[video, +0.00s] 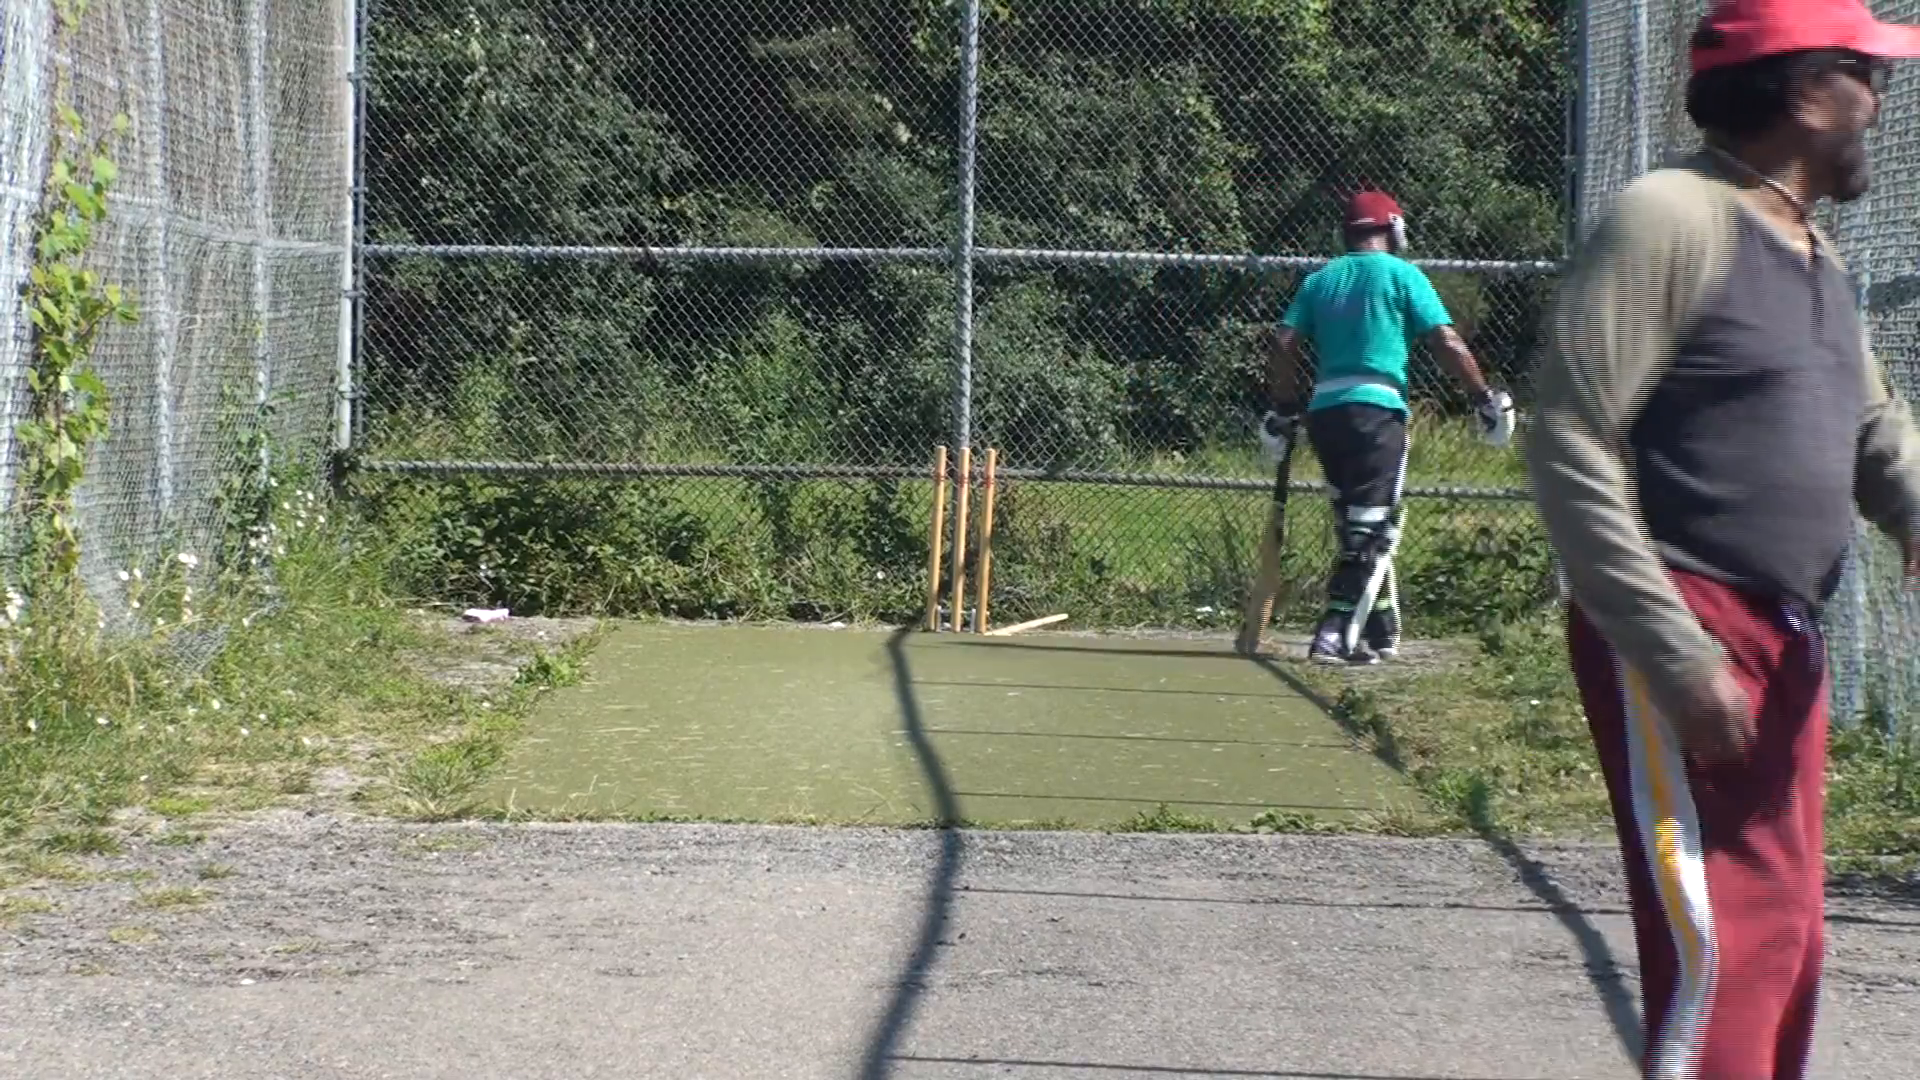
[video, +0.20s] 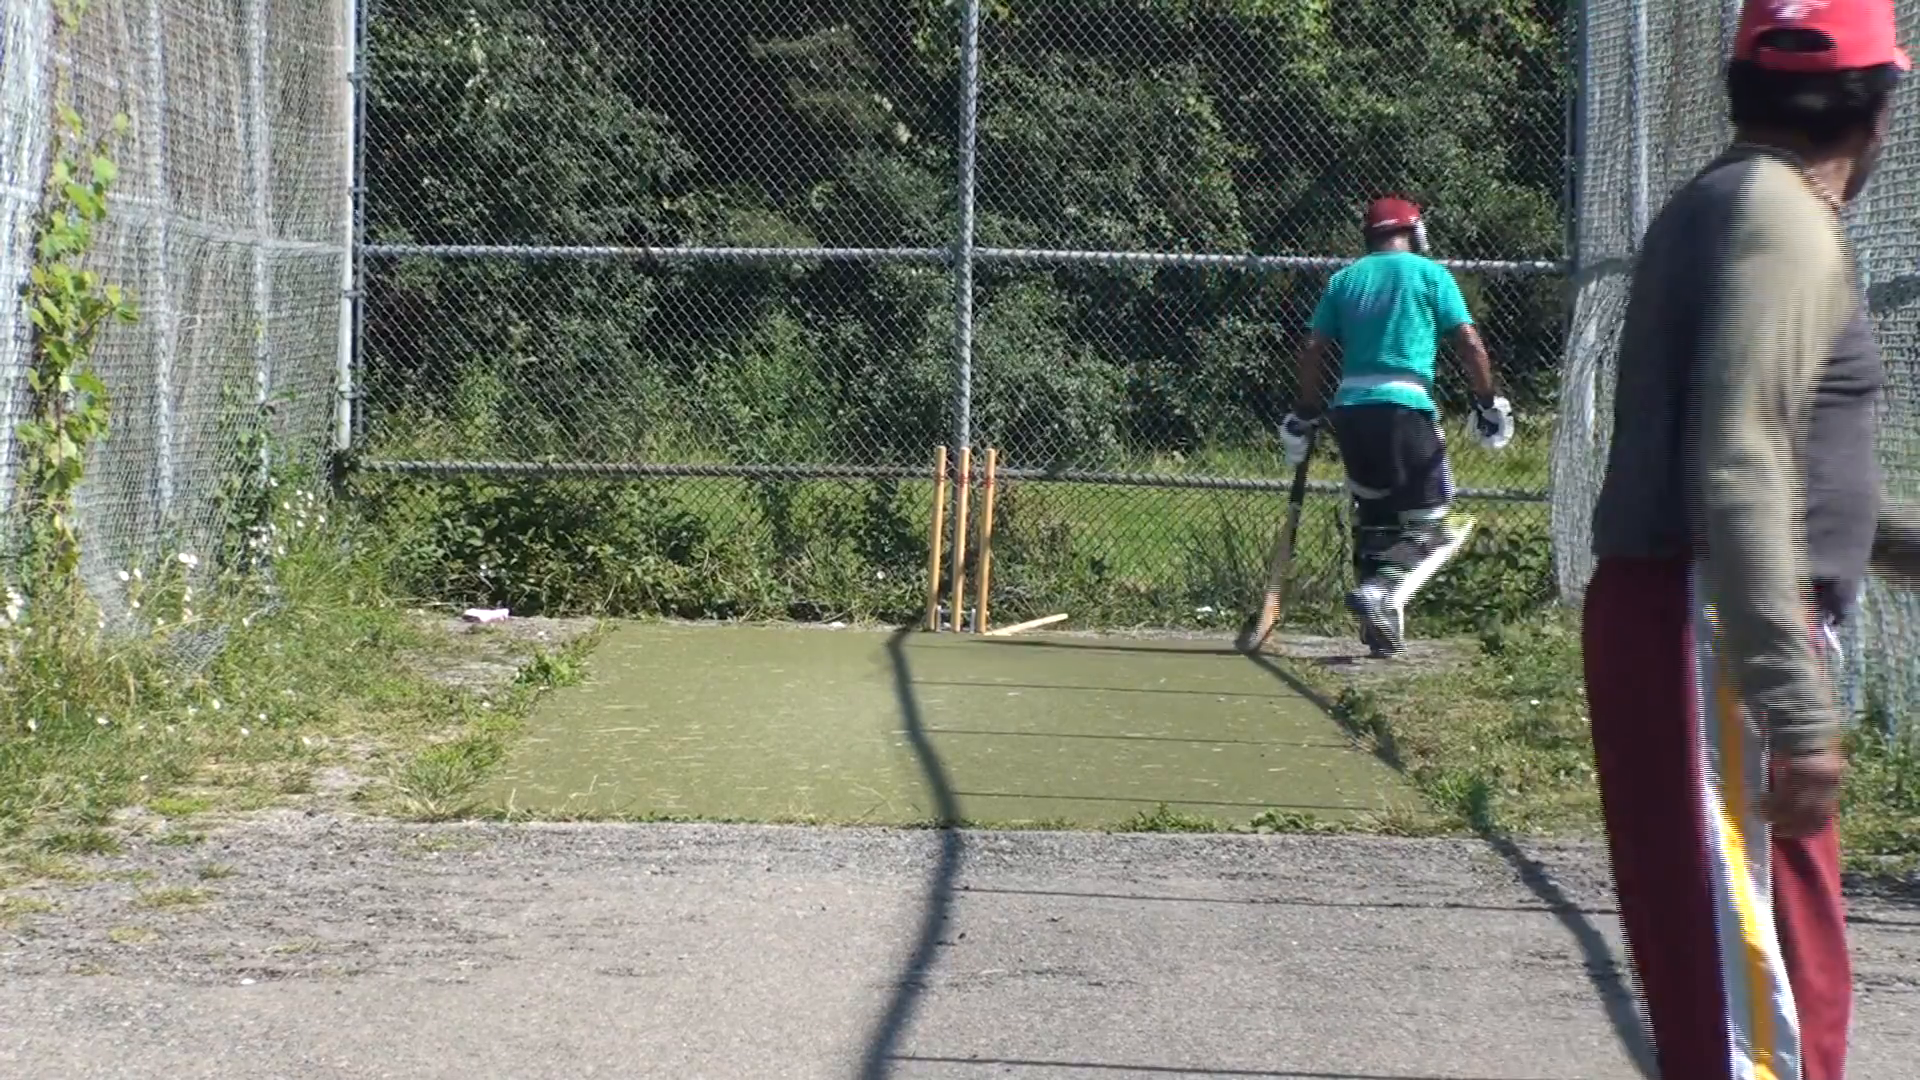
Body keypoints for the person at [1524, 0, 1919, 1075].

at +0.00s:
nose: (1878, 106)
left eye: (1874, 81)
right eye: (1861, 79)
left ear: (1797, 99)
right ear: (1796, 92)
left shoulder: (1816, 253)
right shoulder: (1663, 214)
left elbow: (1872, 431)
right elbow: (1565, 436)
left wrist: (1910, 516)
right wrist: (1674, 657)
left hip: (1783, 631)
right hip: (1679, 617)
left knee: (1790, 943)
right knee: (1724, 951)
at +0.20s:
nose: (1890, 119)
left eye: (1887, 98)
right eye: (1889, 98)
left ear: (1756, 98)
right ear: (1867, 106)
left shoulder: (1726, 202)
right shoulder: (1773, 212)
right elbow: (1736, 470)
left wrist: (1864, 524)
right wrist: (1800, 717)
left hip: (1679, 609)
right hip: (1714, 623)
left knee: (1740, 985)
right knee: (1772, 997)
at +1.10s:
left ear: (1752, 82)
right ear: (1894, 97)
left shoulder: (1659, 219)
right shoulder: (1911, 216)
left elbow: (1571, 483)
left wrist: (1614, 664)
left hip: (1703, 638)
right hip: (1891, 650)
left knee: (1641, 992)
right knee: (1887, 995)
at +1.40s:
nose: (1789, 79)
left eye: (1791, 64)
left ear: (1800, 75)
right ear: (1917, 80)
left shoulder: (1723, 200)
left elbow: (1644, 463)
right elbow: (1647, 463)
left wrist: (1686, 635)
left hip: (1762, 626)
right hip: (1911, 632)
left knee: (1697, 980)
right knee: (1913, 986)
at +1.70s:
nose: (1695, 108)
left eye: (1699, 86)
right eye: (1698, 88)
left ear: (1727, 75)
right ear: (1855, 76)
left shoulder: (1640, 219)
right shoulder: (1909, 199)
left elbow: (1568, 482)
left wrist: (1662, 593)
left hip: (1710, 645)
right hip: (1896, 653)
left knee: (1708, 999)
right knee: (1895, 1003)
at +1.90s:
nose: (1653, 80)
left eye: (1657, 62)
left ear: (1670, 71)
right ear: (1815, 70)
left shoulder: (1594, 218)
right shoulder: (1899, 200)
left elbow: (1515, 478)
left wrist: (1603, 630)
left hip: (1687, 635)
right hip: (1888, 632)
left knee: (1676, 982)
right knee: (1893, 983)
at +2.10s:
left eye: (1672, 52)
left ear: (1680, 68)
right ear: (1829, 67)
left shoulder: (1603, 212)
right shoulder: (1902, 196)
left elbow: (1508, 478)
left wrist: (1573, 659)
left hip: (1687, 642)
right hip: (1888, 644)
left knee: (1675, 1002)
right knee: (1876, 1000)